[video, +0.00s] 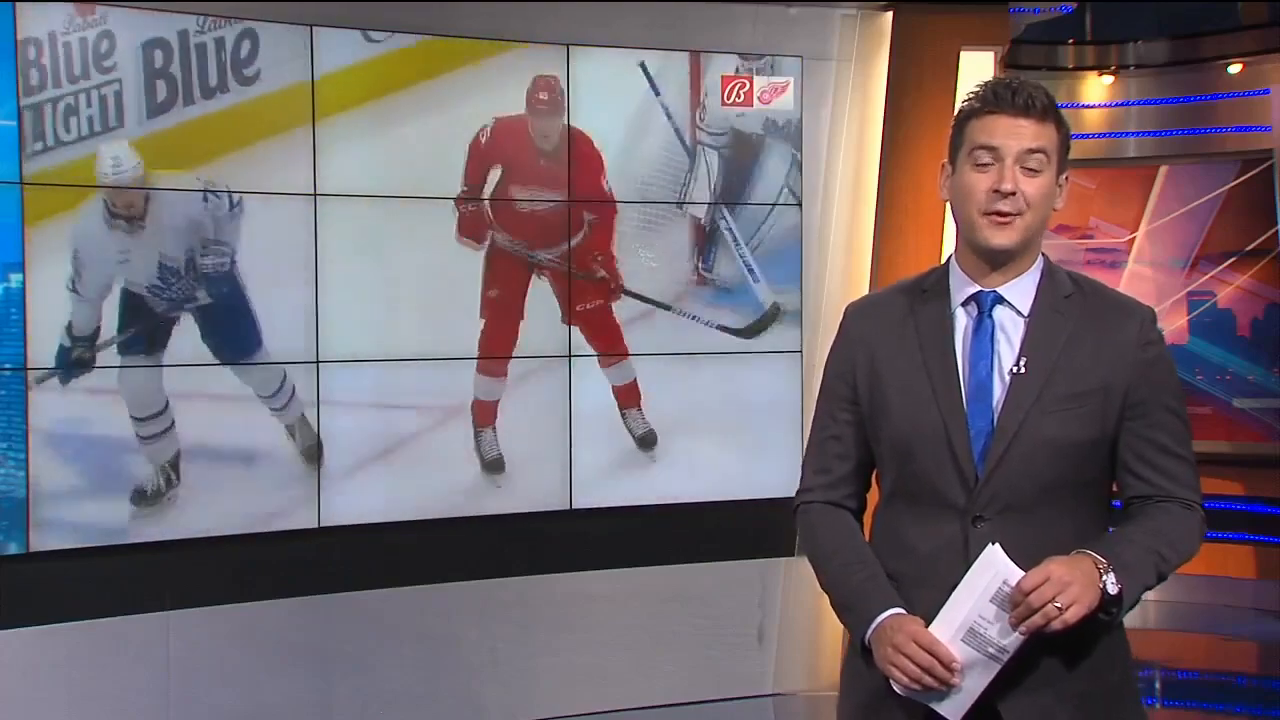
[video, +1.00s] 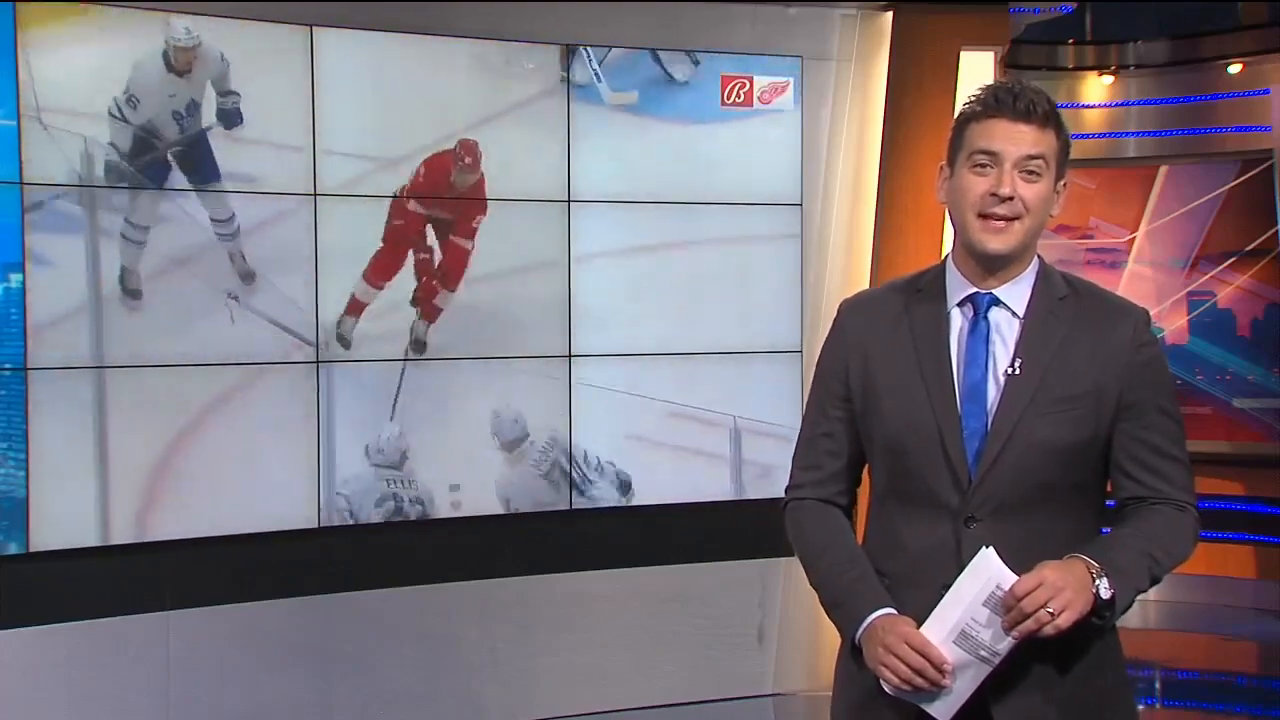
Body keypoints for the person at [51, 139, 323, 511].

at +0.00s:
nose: (125, 198)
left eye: (130, 187)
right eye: (115, 190)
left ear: (143, 181)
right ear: (103, 191)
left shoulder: (182, 197)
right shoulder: (91, 230)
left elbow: (229, 209)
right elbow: (86, 292)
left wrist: (218, 260)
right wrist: (79, 343)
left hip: (206, 281)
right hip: (145, 294)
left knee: (248, 360)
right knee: (136, 379)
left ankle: (297, 423)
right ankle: (164, 468)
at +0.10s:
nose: (138, 173)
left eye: (143, 161)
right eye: (128, 166)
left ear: (155, 156)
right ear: (116, 166)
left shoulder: (190, 168)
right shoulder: (105, 203)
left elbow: (234, 179)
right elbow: (99, 261)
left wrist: (223, 239)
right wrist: (93, 309)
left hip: (215, 252)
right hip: (159, 265)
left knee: (252, 335)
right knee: (150, 347)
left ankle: (294, 379)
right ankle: (175, 428)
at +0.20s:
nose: (159, 142)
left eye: (164, 132)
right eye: (150, 135)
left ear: (175, 127)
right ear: (139, 135)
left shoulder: (207, 138)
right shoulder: (128, 170)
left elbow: (249, 145)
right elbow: (126, 223)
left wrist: (245, 194)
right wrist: (121, 266)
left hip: (235, 216)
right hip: (181, 228)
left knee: (266, 289)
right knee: (169, 300)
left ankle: (295, 352)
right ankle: (188, 373)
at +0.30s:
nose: (190, 113)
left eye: (194, 105)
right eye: (182, 108)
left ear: (203, 101)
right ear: (170, 108)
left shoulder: (232, 112)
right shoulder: (156, 142)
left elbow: (267, 121)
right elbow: (151, 193)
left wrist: (264, 168)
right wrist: (143, 234)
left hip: (251, 187)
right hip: (200, 196)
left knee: (276, 261)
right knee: (184, 272)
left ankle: (298, 332)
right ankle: (194, 341)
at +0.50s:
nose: (204, 99)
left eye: (209, 91)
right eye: (197, 94)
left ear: (216, 88)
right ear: (186, 93)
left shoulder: (238, 100)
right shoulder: (171, 117)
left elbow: (270, 109)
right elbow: (159, 159)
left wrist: (270, 145)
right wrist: (156, 196)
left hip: (245, 168)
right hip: (196, 173)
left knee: (268, 233)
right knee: (179, 234)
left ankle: (289, 297)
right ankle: (174, 300)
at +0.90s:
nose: (191, 89)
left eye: (195, 81)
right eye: (183, 83)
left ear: (200, 78)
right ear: (170, 82)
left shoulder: (213, 90)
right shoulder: (149, 106)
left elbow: (229, 104)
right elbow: (127, 148)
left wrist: (235, 133)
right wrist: (127, 187)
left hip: (200, 163)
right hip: (157, 170)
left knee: (223, 221)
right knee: (150, 229)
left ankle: (248, 282)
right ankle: (135, 294)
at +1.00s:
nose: (189, 57)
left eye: (193, 50)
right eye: (183, 51)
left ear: (199, 47)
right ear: (169, 50)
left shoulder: (208, 58)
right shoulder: (148, 74)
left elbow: (222, 74)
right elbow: (120, 116)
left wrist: (228, 104)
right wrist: (117, 158)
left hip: (191, 135)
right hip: (150, 141)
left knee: (217, 197)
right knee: (144, 207)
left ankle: (237, 257)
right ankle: (130, 271)